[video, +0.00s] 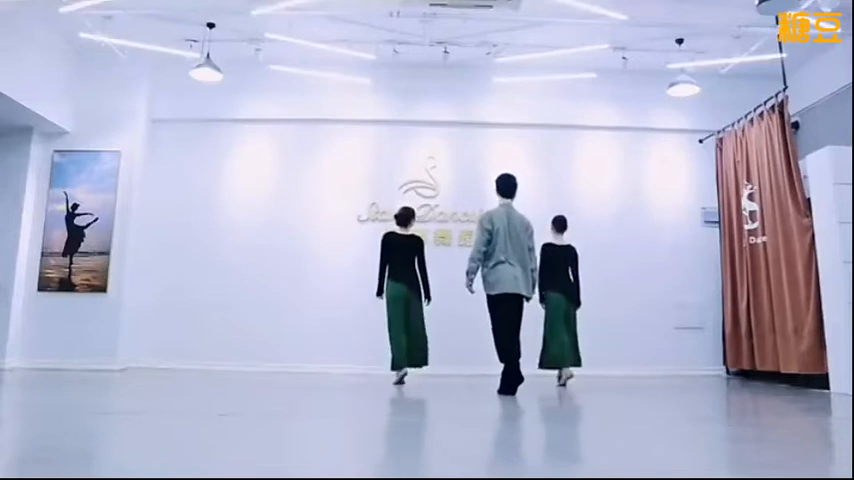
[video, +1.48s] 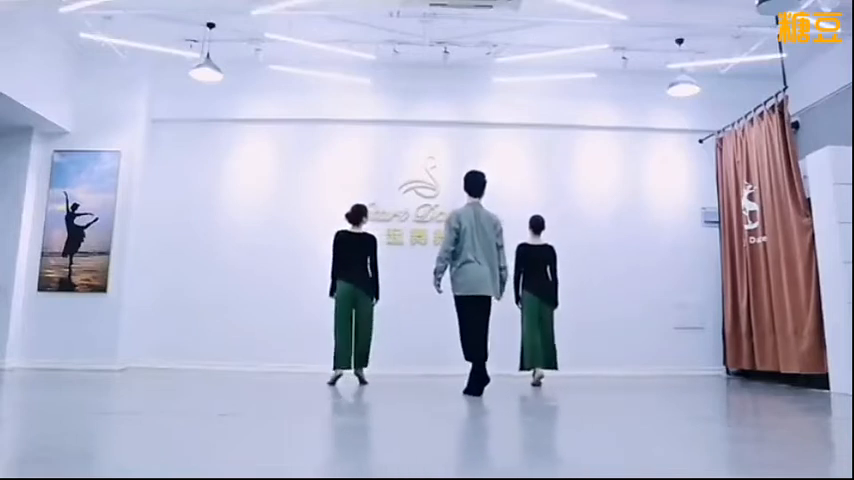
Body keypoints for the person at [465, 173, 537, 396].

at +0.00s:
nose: (501, 191)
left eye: (498, 188)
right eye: (508, 187)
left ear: (496, 190)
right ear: (515, 191)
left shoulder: (489, 218)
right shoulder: (525, 222)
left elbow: (479, 250)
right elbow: (532, 257)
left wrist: (470, 274)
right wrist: (531, 285)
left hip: (495, 282)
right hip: (519, 282)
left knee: (500, 329)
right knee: (513, 331)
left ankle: (514, 371)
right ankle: (508, 383)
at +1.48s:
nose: (474, 191)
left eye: (468, 186)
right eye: (479, 186)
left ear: (464, 188)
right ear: (484, 189)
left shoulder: (456, 217)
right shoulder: (493, 220)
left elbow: (447, 249)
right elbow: (501, 256)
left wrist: (438, 272)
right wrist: (501, 284)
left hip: (462, 283)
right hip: (486, 283)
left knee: (468, 329)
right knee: (481, 330)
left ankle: (480, 371)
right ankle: (474, 381)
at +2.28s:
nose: (455, 194)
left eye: (449, 190)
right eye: (460, 190)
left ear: (445, 192)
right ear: (464, 193)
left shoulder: (438, 221)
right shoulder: (472, 223)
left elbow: (428, 252)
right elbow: (485, 256)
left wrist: (418, 276)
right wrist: (492, 281)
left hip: (444, 290)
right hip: (468, 289)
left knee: (445, 334)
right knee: (469, 332)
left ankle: (459, 376)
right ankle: (476, 375)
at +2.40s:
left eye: (438, 189)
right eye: (450, 189)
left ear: (435, 192)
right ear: (454, 193)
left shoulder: (428, 221)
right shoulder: (463, 223)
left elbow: (419, 252)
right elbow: (475, 256)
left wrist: (408, 276)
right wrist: (479, 282)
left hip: (433, 289)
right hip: (459, 289)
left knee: (426, 337)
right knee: (465, 336)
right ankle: (473, 379)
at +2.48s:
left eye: (432, 189)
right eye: (443, 189)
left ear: (430, 192)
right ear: (450, 192)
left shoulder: (423, 219)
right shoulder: (459, 223)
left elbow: (414, 251)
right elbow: (467, 258)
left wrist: (402, 275)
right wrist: (467, 284)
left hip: (427, 289)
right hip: (453, 289)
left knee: (418, 336)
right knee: (461, 335)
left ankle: (408, 381)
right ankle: (472, 380)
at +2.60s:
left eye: (419, 192)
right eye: (430, 192)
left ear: (417, 194)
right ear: (437, 195)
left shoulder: (408, 220)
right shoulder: (444, 226)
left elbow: (397, 251)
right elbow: (444, 260)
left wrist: (383, 274)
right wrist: (439, 282)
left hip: (410, 291)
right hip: (436, 291)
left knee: (402, 338)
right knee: (444, 331)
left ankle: (404, 385)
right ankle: (451, 374)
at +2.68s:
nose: (414, 196)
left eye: (414, 193)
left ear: (413, 196)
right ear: (432, 198)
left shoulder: (404, 223)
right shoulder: (438, 229)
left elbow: (389, 252)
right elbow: (436, 259)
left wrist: (374, 277)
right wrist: (421, 274)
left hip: (403, 293)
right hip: (429, 293)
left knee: (398, 338)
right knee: (433, 331)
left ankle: (403, 385)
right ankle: (436, 374)